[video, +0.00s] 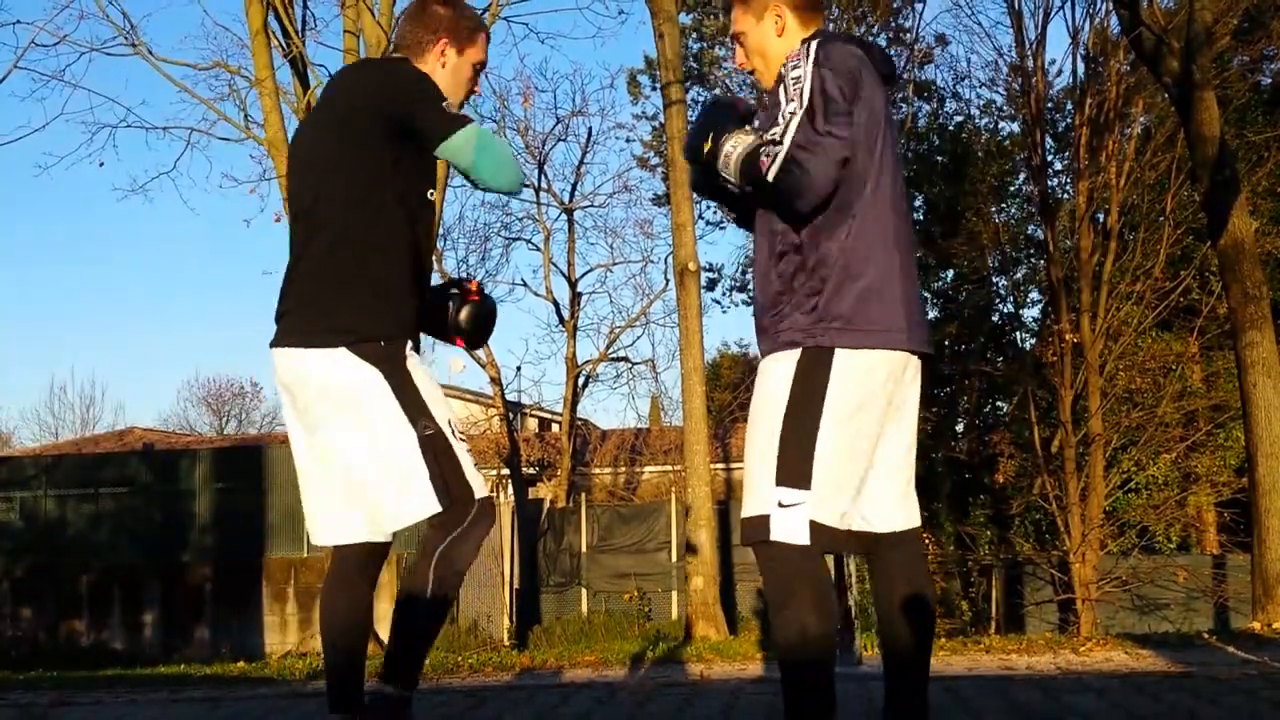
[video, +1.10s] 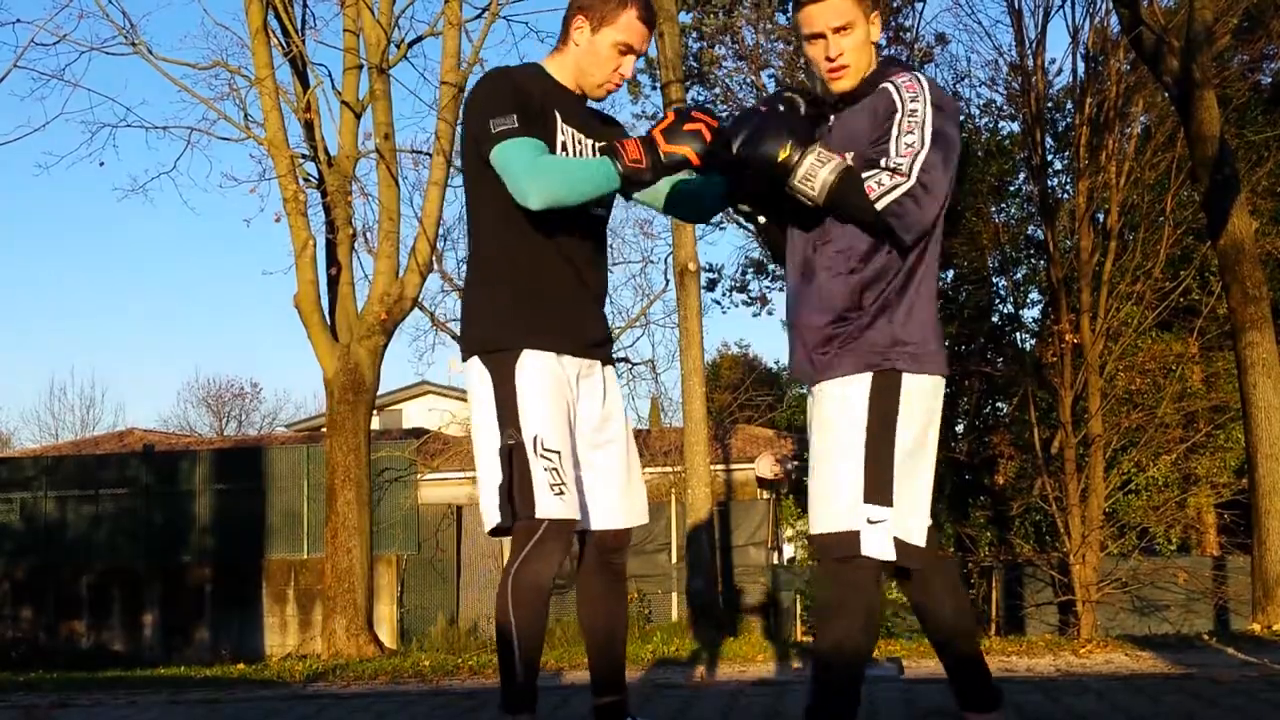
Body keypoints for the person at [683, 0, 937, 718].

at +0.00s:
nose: (735, 58)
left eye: (739, 38)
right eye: (732, 43)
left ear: (778, 17)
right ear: (782, 18)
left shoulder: (825, 61)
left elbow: (803, 182)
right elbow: (774, 214)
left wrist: (731, 143)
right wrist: (718, 157)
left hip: (827, 332)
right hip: (887, 330)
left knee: (778, 528)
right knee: (888, 525)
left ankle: (807, 713)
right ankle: (908, 711)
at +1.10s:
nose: (830, 50)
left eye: (843, 30)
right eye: (815, 37)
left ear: (876, 24)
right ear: (800, 41)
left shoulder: (913, 97)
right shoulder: (814, 118)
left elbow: (903, 209)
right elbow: (802, 245)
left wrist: (794, 158)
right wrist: (751, 174)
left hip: (883, 351)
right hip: (846, 354)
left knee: (845, 543)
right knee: (910, 539)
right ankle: (981, 704)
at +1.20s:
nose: (850, 55)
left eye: (863, 36)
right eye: (836, 43)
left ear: (896, 27)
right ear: (821, 44)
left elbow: (950, 212)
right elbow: (819, 254)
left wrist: (835, 169)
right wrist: (788, 178)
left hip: (915, 344)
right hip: (857, 351)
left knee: (860, 530)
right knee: (926, 529)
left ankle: (843, 715)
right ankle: (983, 703)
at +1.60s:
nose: (918, 40)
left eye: (930, 21)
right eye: (905, 28)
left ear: (972, 15)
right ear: (897, 33)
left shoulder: (1002, 78)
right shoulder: (937, 114)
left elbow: (990, 194)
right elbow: (920, 224)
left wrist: (890, 163)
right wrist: (871, 184)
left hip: (999, 340)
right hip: (937, 350)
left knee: (1030, 531)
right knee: (965, 543)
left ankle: (1118, 708)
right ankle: (989, 709)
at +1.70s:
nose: (912, 38)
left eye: (925, 18)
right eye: (905, 25)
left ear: (974, 12)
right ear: (910, 30)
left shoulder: (1014, 71)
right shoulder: (958, 109)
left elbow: (1008, 199)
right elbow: (938, 227)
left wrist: (911, 176)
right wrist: (899, 183)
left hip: (1030, 343)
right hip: (961, 353)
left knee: (1078, 534)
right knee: (966, 535)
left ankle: (1131, 709)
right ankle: (988, 707)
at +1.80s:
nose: (905, 43)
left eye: (915, 23)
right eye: (901, 27)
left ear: (970, 13)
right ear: (963, 20)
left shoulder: (1028, 68)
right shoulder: (974, 109)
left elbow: (1025, 202)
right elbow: (972, 243)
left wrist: (926, 179)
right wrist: (914, 193)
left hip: (1054, 340)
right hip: (990, 348)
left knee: (1099, 526)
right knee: (971, 515)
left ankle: (1135, 710)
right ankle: (1001, 700)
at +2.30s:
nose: (957, 59)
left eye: (966, 41)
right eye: (955, 45)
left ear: (1017, 32)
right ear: (1007, 39)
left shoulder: (1061, 84)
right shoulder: (1033, 105)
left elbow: (1063, 199)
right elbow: (1013, 218)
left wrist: (966, 159)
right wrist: (955, 168)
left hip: (1055, 336)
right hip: (1056, 335)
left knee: (1031, 520)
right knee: (1082, 520)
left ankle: (1114, 703)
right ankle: (1121, 701)